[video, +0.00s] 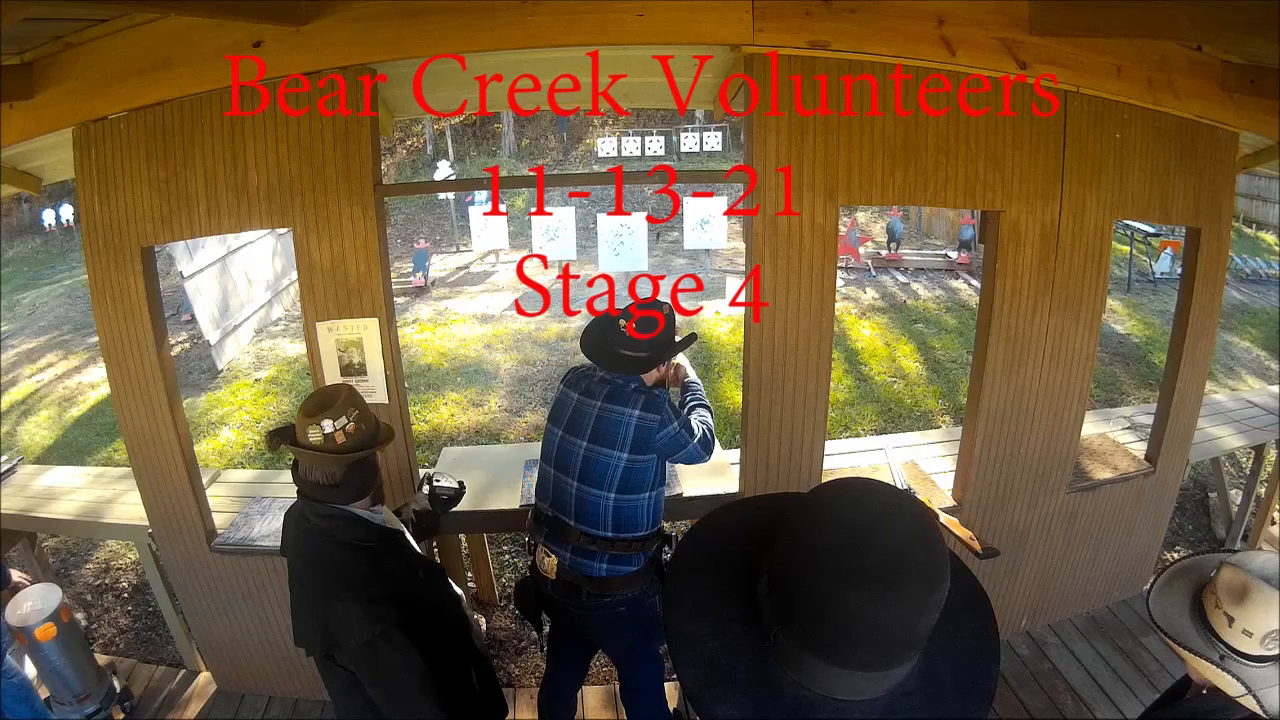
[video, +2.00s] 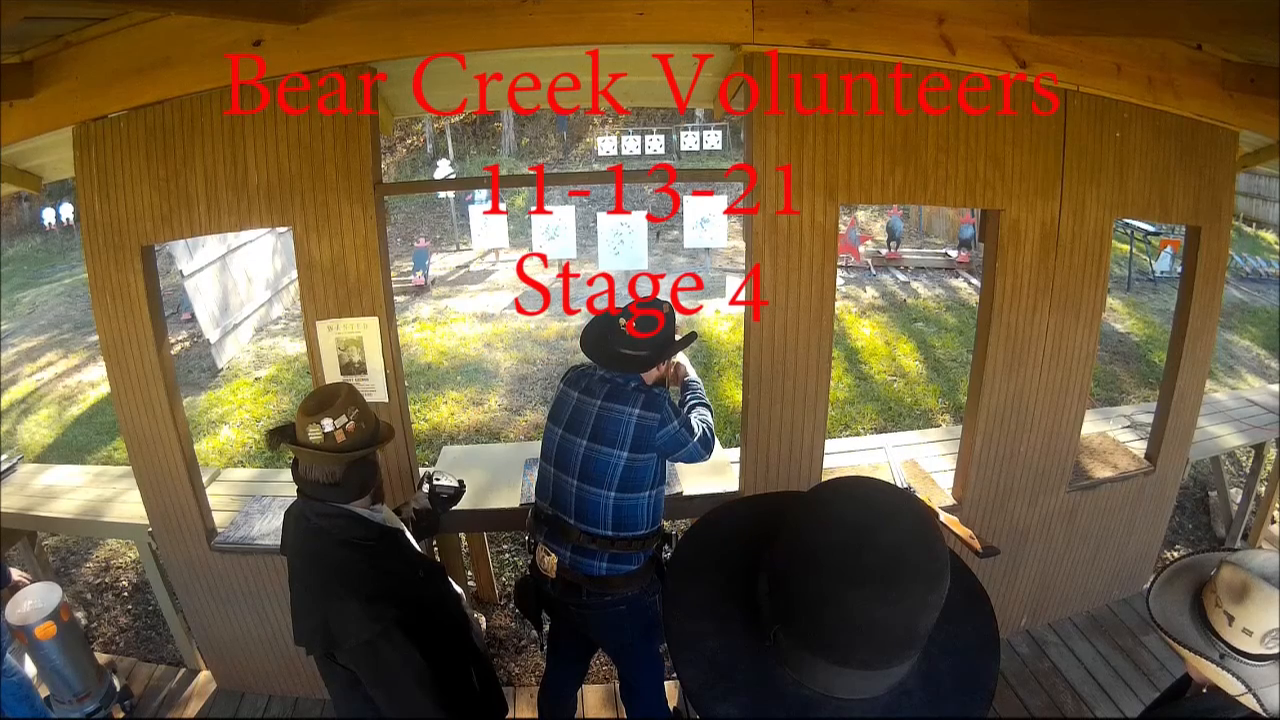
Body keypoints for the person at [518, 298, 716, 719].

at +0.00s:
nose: (668, 360)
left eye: (667, 354)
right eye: (666, 354)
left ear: (607, 350)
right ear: (652, 364)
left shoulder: (571, 383)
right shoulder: (653, 412)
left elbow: (615, 392)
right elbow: (701, 445)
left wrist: (651, 379)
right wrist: (690, 380)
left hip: (558, 577)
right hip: (619, 590)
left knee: (558, 685)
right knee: (645, 690)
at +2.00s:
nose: (668, 359)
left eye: (667, 352)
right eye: (666, 353)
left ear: (607, 349)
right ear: (653, 364)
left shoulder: (572, 382)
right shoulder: (654, 412)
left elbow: (616, 394)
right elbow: (702, 444)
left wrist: (651, 378)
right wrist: (691, 380)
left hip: (556, 577)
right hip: (618, 590)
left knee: (559, 681)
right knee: (645, 688)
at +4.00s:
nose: (669, 359)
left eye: (668, 352)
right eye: (666, 352)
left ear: (609, 347)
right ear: (653, 362)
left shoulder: (572, 380)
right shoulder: (652, 410)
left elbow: (617, 391)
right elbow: (701, 442)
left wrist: (653, 377)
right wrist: (692, 379)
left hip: (555, 574)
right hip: (617, 587)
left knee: (559, 678)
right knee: (645, 685)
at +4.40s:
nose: (668, 357)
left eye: (667, 351)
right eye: (665, 351)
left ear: (611, 346)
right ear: (650, 360)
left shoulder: (573, 381)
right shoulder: (640, 422)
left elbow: (618, 392)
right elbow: (702, 441)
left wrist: (649, 377)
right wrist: (689, 377)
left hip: (554, 577)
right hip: (614, 589)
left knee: (556, 681)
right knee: (646, 693)